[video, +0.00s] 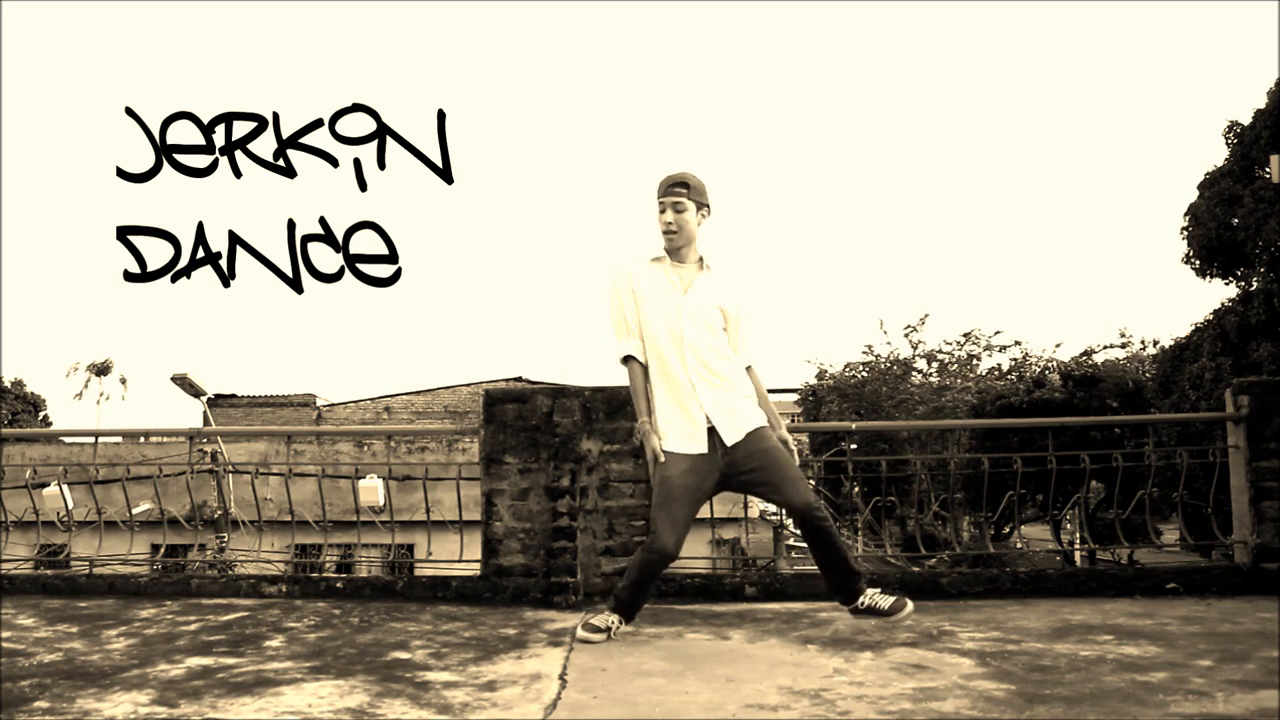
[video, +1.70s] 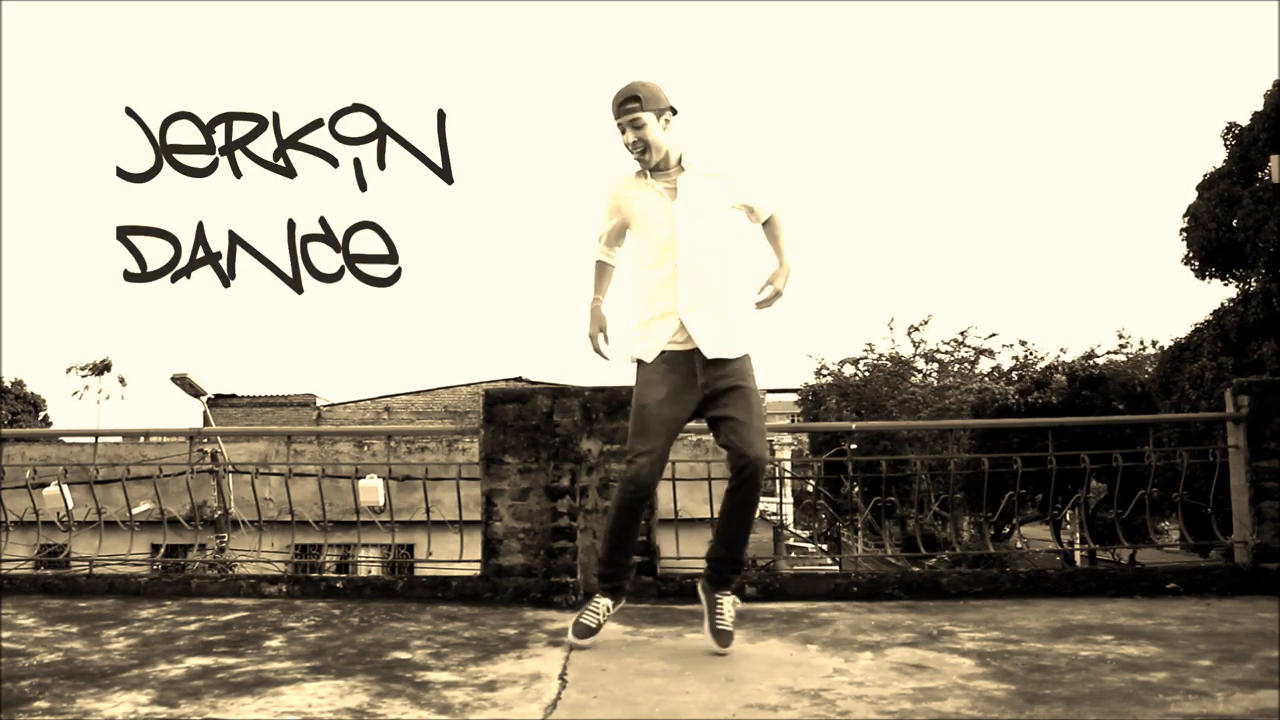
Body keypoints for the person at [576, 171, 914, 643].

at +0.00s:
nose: (667, 218)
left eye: (678, 209)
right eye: (661, 210)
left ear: (701, 216)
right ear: (656, 219)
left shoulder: (721, 285)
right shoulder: (636, 281)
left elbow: (746, 364)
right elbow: (634, 359)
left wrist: (777, 425)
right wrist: (644, 422)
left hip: (742, 423)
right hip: (681, 431)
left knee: (807, 504)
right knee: (664, 545)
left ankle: (856, 595)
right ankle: (616, 613)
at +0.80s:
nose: (691, 213)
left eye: (701, 203)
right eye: (684, 204)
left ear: (725, 206)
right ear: (677, 208)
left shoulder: (756, 273)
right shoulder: (659, 277)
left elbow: (799, 346)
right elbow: (629, 344)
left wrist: (847, 413)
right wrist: (617, 340)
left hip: (754, 424)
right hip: (685, 427)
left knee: (799, 518)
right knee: (653, 535)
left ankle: (811, 617)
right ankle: (626, 609)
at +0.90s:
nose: (718, 203)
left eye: (728, 193)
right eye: (710, 194)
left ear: (751, 197)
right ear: (703, 200)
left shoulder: (778, 271)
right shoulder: (681, 271)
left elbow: (826, 335)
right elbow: (662, 346)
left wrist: (881, 387)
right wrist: (615, 333)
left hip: (767, 411)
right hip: (701, 415)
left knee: (808, 509)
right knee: (680, 517)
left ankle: (815, 617)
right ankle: (626, 596)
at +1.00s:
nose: (743, 195)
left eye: (753, 185)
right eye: (735, 186)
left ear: (776, 190)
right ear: (728, 192)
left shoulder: (794, 262)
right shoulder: (701, 256)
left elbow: (815, 322)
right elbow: (696, 325)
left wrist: (842, 364)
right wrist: (678, 348)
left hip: (773, 391)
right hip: (716, 391)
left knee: (817, 499)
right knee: (730, 492)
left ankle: (817, 615)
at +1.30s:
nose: (719, 156)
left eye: (729, 146)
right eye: (713, 148)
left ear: (757, 149)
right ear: (708, 155)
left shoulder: (784, 224)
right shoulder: (686, 216)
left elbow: (802, 303)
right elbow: (658, 288)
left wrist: (806, 369)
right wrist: (674, 350)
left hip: (772, 384)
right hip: (705, 379)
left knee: (809, 486)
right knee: (679, 488)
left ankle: (796, 616)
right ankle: (657, 553)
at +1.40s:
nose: (696, 153)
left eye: (706, 142)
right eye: (690, 144)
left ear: (734, 142)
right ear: (686, 148)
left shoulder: (764, 211)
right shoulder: (667, 207)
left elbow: (783, 278)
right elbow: (641, 271)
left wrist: (790, 341)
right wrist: (648, 330)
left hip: (750, 376)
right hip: (682, 374)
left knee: (799, 473)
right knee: (649, 485)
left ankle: (799, 606)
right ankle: (625, 561)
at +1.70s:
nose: (632, 139)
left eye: (638, 126)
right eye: (624, 132)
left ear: (667, 120)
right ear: (622, 136)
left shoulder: (719, 181)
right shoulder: (626, 194)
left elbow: (767, 215)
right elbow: (605, 254)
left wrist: (782, 267)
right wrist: (597, 306)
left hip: (728, 351)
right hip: (662, 356)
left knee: (753, 464)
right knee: (641, 472)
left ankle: (720, 584)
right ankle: (606, 593)